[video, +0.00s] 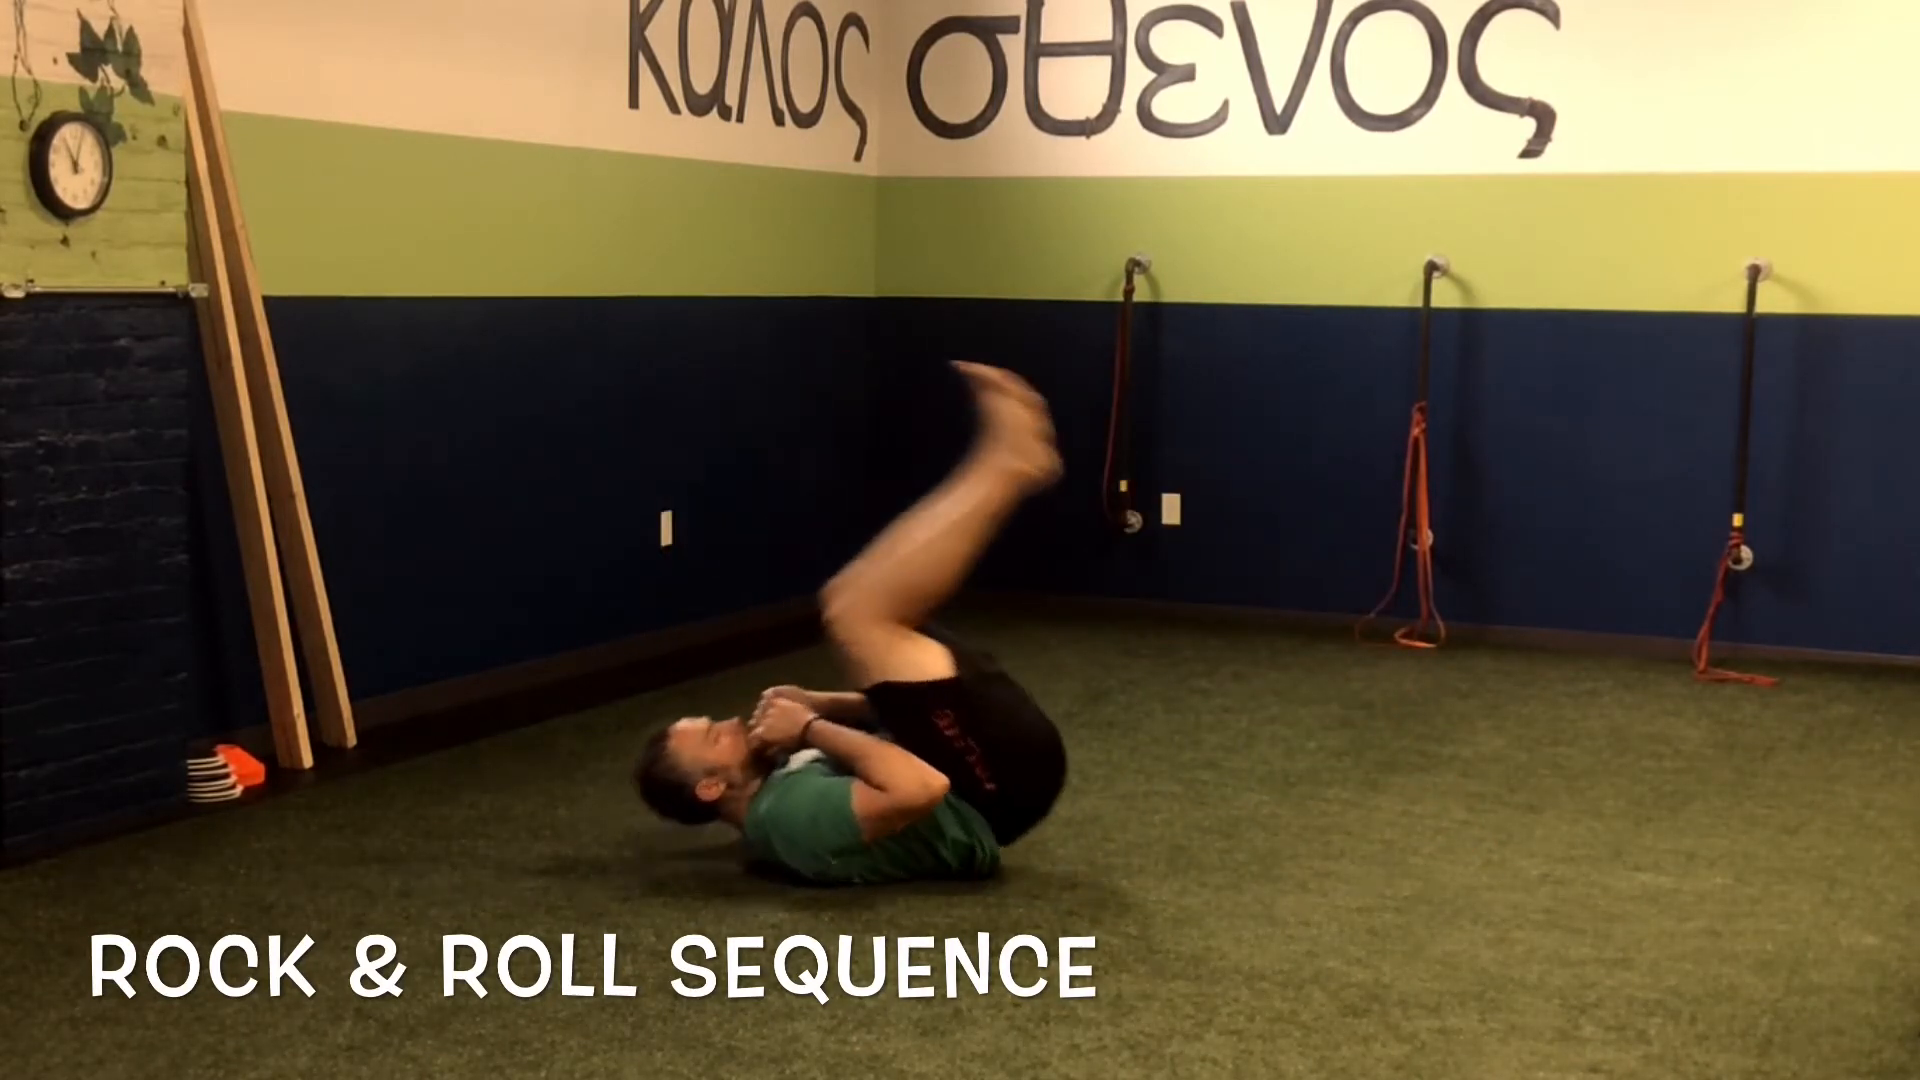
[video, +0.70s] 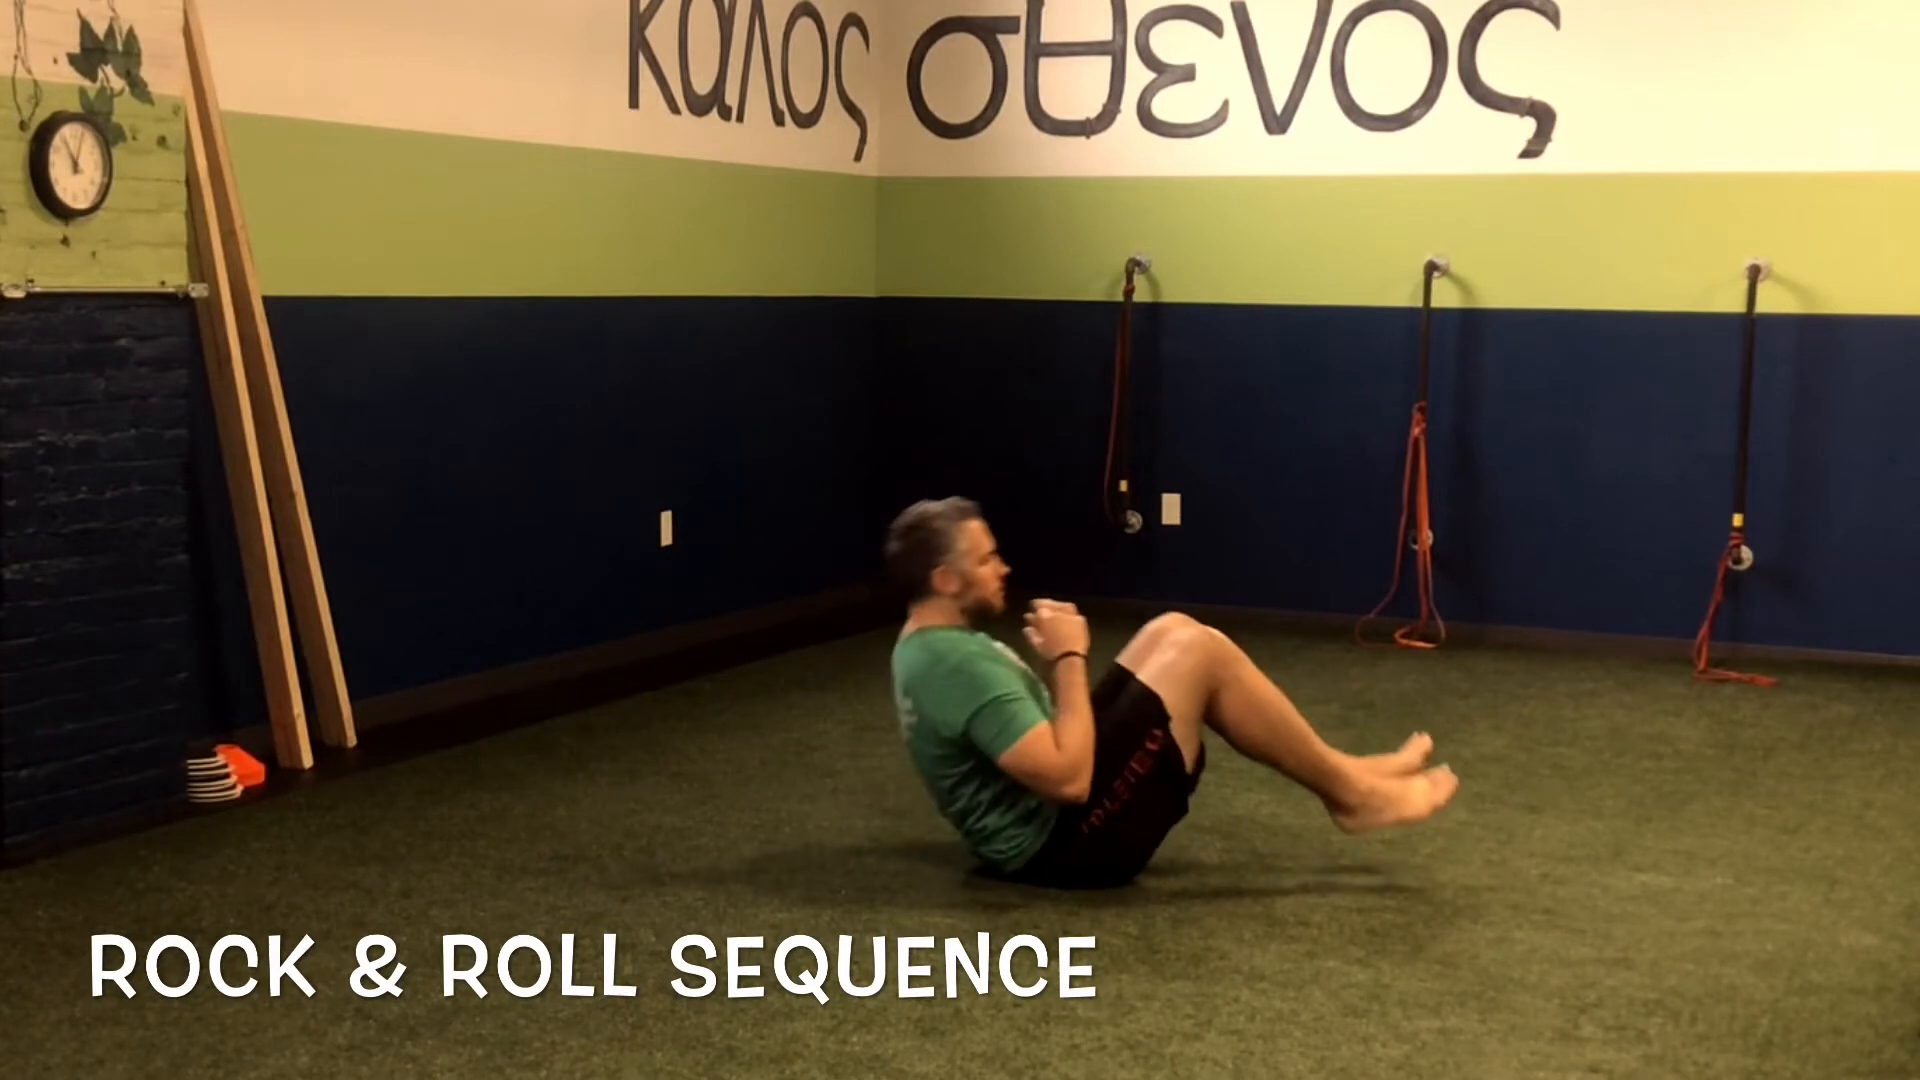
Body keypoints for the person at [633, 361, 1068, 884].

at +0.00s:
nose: (732, 720)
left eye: (713, 721)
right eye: (713, 734)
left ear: (717, 785)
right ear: (714, 785)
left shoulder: (780, 791)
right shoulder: (783, 817)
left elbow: (894, 713)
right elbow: (922, 788)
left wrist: (812, 706)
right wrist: (811, 728)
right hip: (1004, 780)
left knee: (851, 601)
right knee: (852, 609)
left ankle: (1009, 459)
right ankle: (1011, 460)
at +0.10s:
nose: (759, 694)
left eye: (741, 691)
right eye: (738, 705)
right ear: (733, 758)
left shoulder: (798, 766)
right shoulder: (798, 802)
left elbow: (924, 718)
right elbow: (945, 797)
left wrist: (853, 698)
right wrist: (851, 719)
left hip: (1003, 787)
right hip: (1017, 807)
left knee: (909, 592)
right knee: (909, 598)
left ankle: (1096, 498)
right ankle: (1103, 498)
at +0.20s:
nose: (801, 664)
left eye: (786, 656)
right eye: (780, 665)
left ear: (786, 689)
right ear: (762, 712)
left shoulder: (830, 741)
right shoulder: (820, 776)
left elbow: (962, 738)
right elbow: (970, 801)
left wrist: (902, 688)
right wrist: (900, 701)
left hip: (1019, 812)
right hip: (1030, 833)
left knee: (976, 587)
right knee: (976, 596)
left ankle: (1187, 555)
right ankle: (1196, 559)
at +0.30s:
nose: (847, 640)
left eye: (835, 629)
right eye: (827, 638)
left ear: (812, 672)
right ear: (799, 681)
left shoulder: (851, 715)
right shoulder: (848, 748)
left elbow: (960, 769)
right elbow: (995, 797)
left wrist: (932, 681)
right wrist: (946, 684)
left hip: (1026, 821)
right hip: (1045, 844)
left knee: (1039, 596)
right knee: (1043, 599)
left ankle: (1254, 631)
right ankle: (1265, 632)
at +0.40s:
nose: (891, 614)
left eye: (880, 603)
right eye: (872, 612)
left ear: (847, 642)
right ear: (837, 650)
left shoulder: (876, 696)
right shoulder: (880, 720)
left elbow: (997, 769)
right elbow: (1019, 790)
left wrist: (963, 673)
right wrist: (984, 674)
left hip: (1042, 829)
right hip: (1058, 848)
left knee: (1091, 606)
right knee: (1095, 608)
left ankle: (1297, 693)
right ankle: (1306, 693)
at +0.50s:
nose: (934, 591)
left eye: (923, 578)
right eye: (916, 586)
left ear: (886, 616)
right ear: (879, 620)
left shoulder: (898, 671)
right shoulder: (906, 696)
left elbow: (1025, 756)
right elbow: (1043, 779)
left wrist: (996, 661)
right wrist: (1016, 669)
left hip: (1045, 826)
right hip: (1062, 850)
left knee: (1126, 610)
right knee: (1137, 619)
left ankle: (1319, 731)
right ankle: (1333, 735)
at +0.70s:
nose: (1000, 567)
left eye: (992, 552)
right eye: (985, 558)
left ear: (940, 577)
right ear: (945, 578)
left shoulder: (930, 645)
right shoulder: (959, 662)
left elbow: (1044, 755)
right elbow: (1071, 777)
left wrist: (1045, 666)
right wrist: (1069, 661)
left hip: (1040, 826)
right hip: (1067, 845)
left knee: (1171, 635)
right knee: (1189, 645)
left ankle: (1345, 774)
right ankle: (1354, 798)